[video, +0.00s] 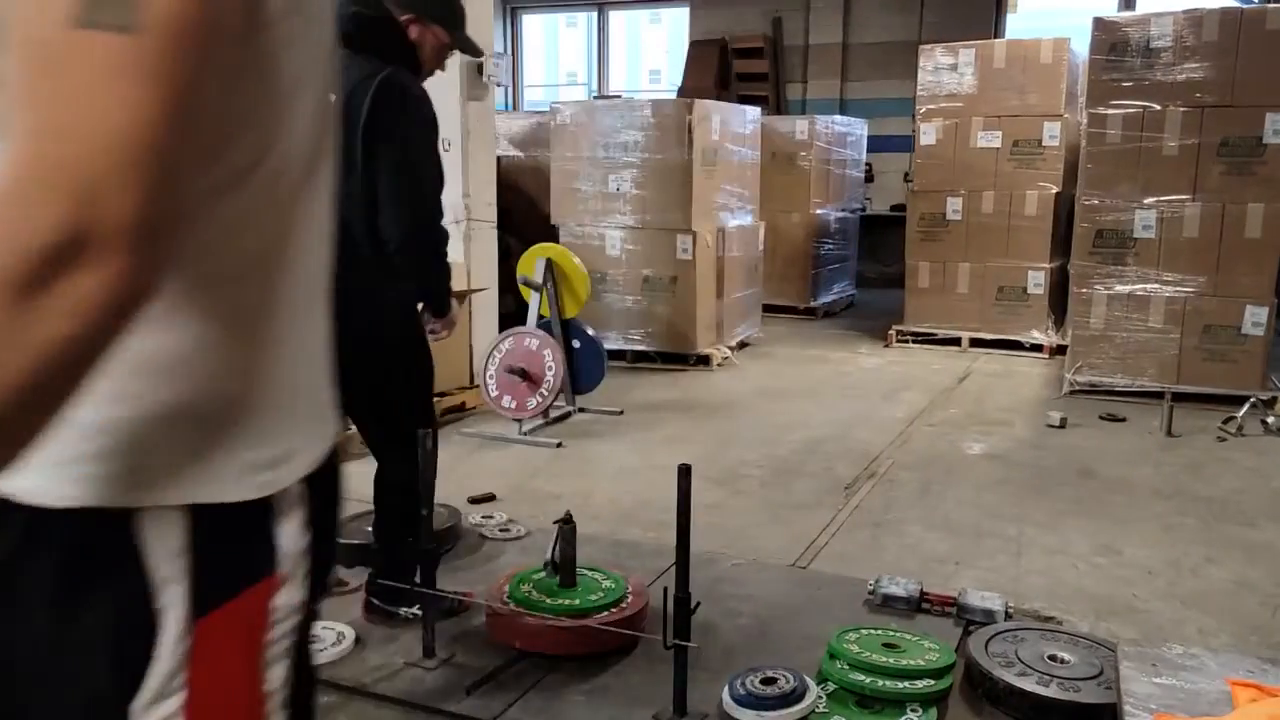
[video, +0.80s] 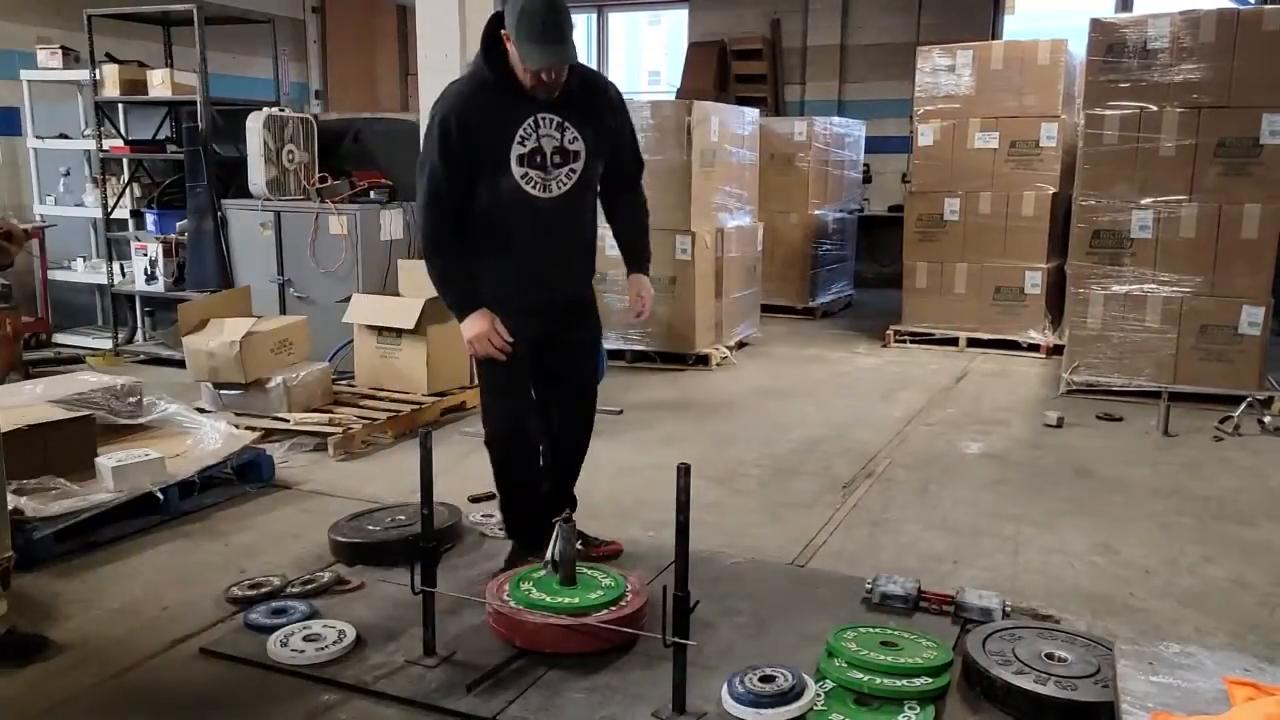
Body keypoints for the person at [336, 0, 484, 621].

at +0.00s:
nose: (445, 60)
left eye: (451, 49)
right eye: (446, 44)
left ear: (402, 24)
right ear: (412, 25)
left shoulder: (325, 73)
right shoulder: (399, 94)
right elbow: (411, 211)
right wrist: (437, 297)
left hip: (310, 292)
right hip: (374, 302)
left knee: (311, 444)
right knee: (405, 443)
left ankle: (315, 571)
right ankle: (399, 585)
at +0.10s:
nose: (471, 57)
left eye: (477, 46)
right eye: (471, 41)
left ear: (425, 17)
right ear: (435, 19)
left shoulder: (326, 65)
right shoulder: (415, 87)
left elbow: (296, 186)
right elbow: (423, 208)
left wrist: (305, 282)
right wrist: (458, 296)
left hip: (328, 285)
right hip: (388, 292)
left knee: (378, 407)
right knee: (415, 427)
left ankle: (325, 533)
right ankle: (396, 583)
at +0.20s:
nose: (488, 61)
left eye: (494, 48)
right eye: (488, 45)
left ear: (445, 19)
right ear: (451, 21)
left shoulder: (369, 65)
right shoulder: (427, 88)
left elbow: (341, 187)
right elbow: (428, 214)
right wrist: (472, 294)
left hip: (363, 276)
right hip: (403, 287)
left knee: (415, 408)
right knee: (424, 413)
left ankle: (402, 553)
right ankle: (401, 581)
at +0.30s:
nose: (509, 64)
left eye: (513, 51)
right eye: (505, 48)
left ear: (465, 27)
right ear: (466, 28)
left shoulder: (407, 71)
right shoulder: (435, 90)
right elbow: (426, 221)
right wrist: (483, 304)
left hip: (413, 289)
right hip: (421, 298)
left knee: (478, 397)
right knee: (437, 429)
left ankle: (488, 520)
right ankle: (397, 585)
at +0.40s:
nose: (526, 73)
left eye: (531, 61)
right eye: (521, 56)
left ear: (483, 39)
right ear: (478, 37)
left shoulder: (471, 97)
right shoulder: (440, 100)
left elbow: (475, 212)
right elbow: (423, 231)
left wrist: (503, 293)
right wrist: (485, 317)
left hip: (469, 305)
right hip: (441, 311)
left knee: (505, 421)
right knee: (454, 438)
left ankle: (541, 529)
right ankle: (397, 584)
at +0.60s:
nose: (553, 80)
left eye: (559, 68)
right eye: (543, 67)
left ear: (560, 57)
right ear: (509, 47)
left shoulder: (552, 104)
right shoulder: (453, 108)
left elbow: (569, 196)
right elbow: (419, 227)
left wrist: (590, 277)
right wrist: (471, 318)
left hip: (544, 294)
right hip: (484, 301)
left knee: (561, 416)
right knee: (499, 431)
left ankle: (553, 530)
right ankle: (427, 549)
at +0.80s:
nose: (550, 77)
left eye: (559, 63)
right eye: (536, 66)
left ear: (573, 40)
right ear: (506, 41)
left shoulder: (597, 98)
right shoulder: (463, 107)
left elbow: (623, 184)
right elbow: (435, 218)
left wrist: (637, 267)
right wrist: (466, 308)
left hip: (570, 290)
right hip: (497, 298)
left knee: (574, 413)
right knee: (510, 426)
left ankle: (557, 523)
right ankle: (526, 544)